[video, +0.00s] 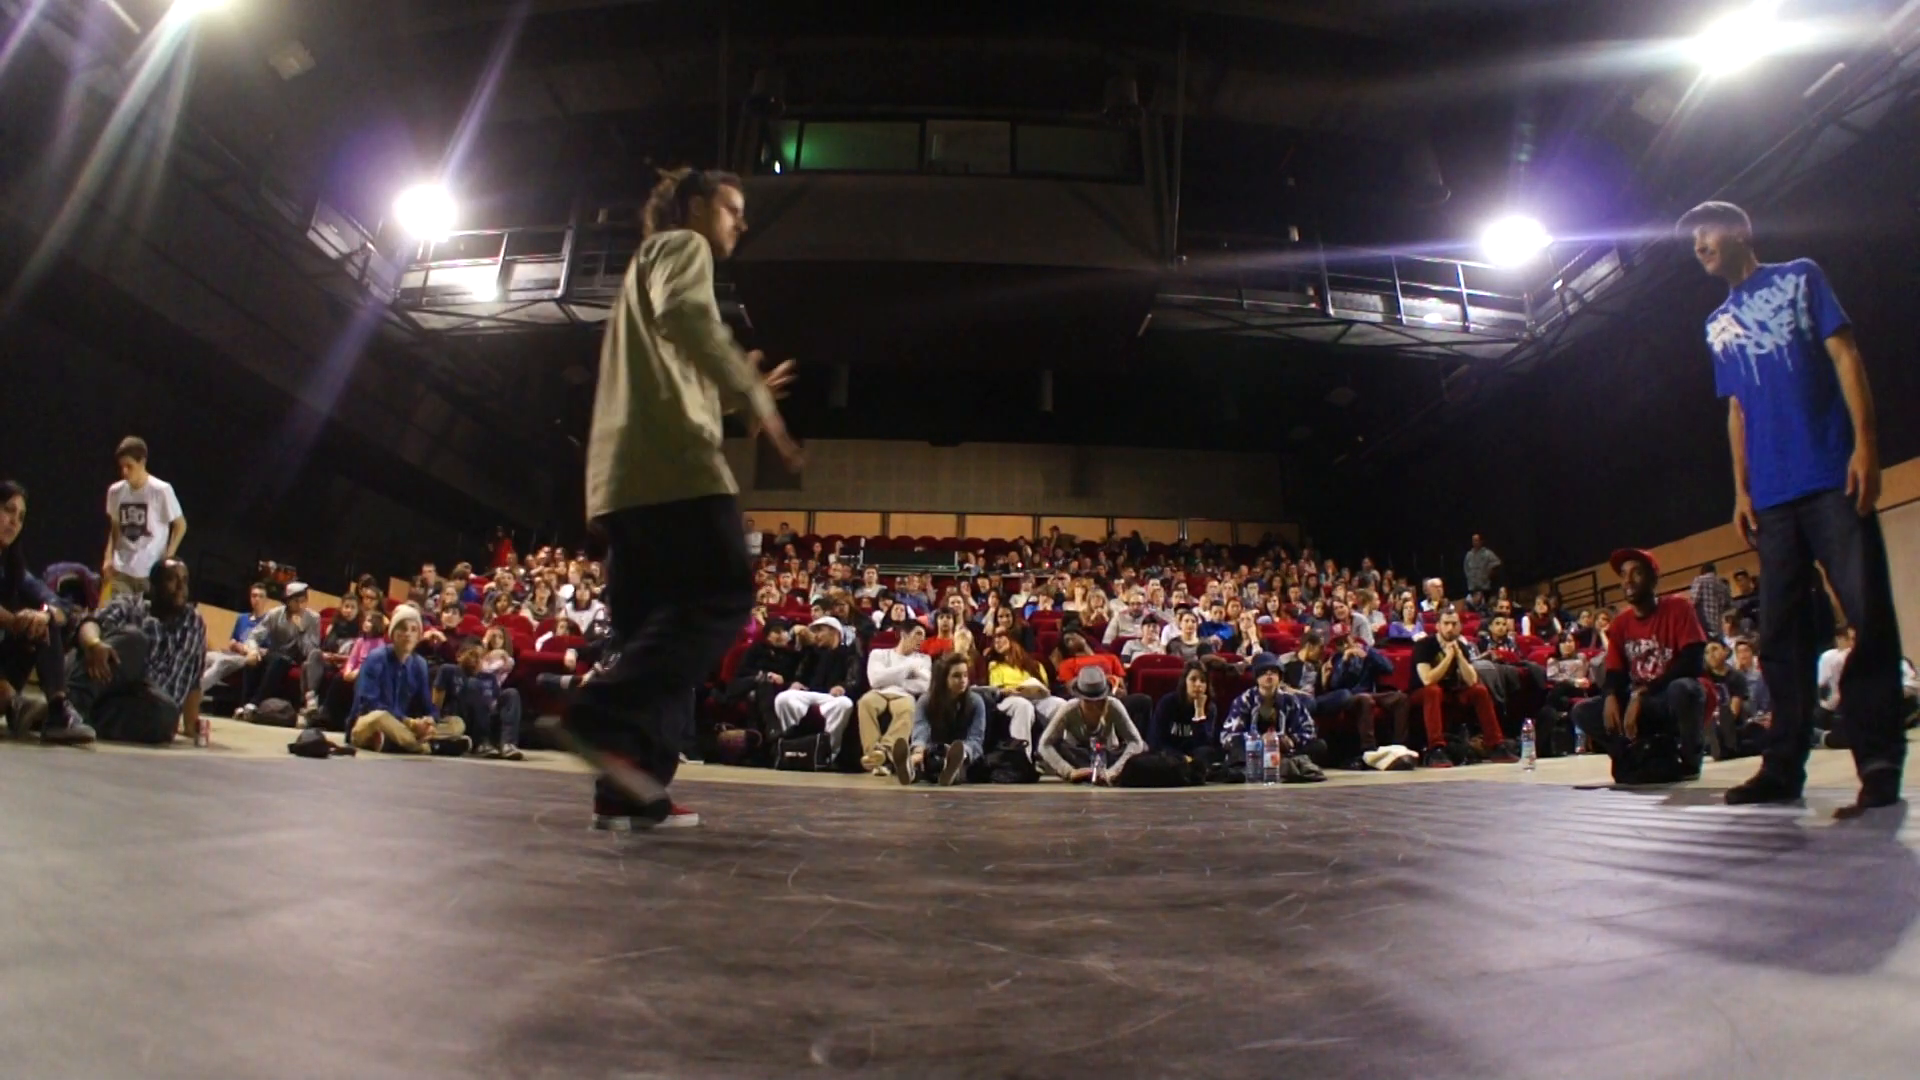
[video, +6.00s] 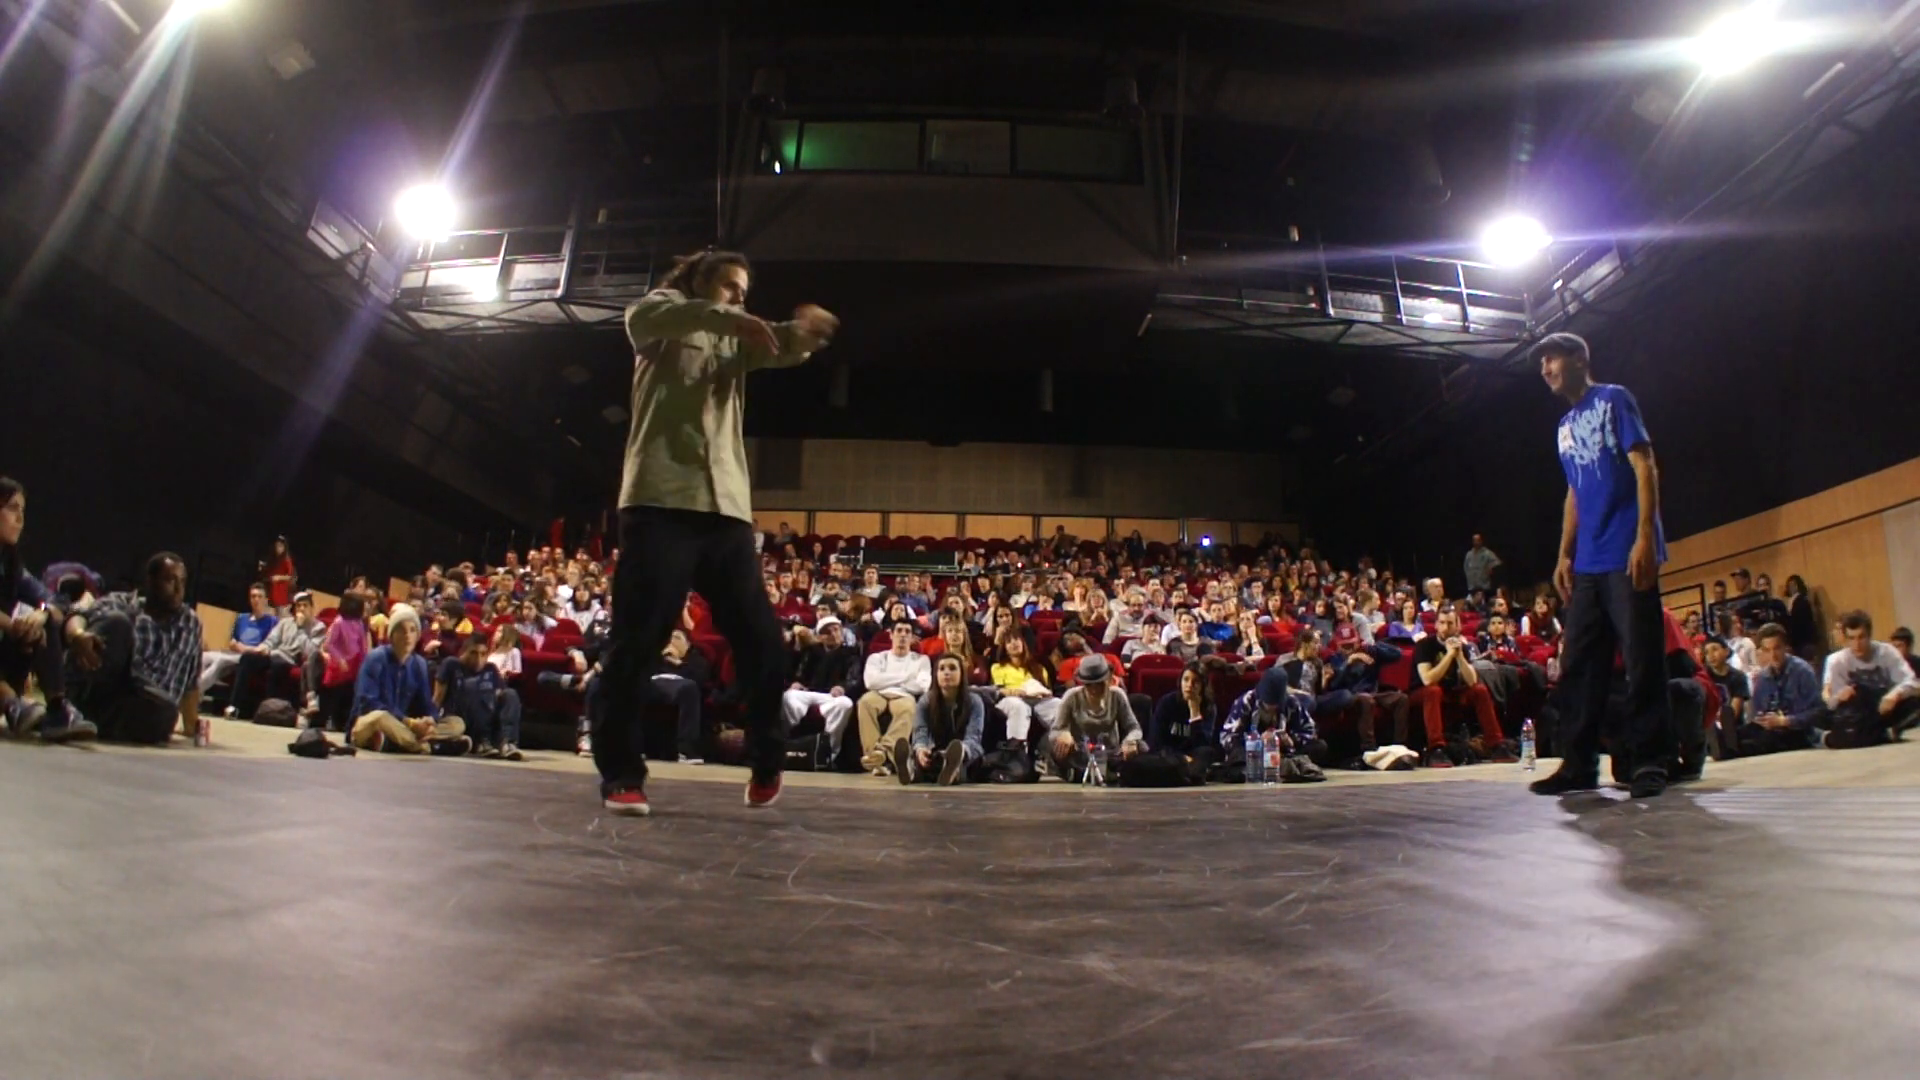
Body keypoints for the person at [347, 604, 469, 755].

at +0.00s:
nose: (408, 634)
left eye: (414, 630)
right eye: (402, 629)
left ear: (419, 635)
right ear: (392, 633)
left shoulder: (420, 664)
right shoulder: (376, 659)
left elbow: (427, 707)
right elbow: (368, 703)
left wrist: (429, 721)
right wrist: (407, 722)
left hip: (411, 725)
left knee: (457, 724)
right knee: (380, 717)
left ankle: (394, 743)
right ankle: (425, 748)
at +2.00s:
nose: (408, 636)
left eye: (412, 630)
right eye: (401, 630)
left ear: (418, 635)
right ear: (391, 635)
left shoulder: (419, 664)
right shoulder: (375, 659)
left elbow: (427, 704)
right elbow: (367, 702)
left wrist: (431, 721)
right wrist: (407, 722)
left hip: (411, 725)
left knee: (457, 724)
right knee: (380, 717)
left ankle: (392, 744)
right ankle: (425, 748)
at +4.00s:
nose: (407, 636)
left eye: (412, 630)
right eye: (401, 631)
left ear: (418, 634)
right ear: (391, 635)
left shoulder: (420, 664)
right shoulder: (375, 659)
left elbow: (426, 703)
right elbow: (367, 703)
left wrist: (430, 720)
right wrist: (406, 722)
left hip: (412, 724)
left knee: (457, 723)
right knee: (380, 717)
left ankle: (395, 744)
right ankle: (426, 748)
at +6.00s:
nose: (408, 636)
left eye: (412, 630)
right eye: (401, 631)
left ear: (418, 635)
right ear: (391, 635)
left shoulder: (419, 664)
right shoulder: (376, 658)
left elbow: (425, 704)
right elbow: (367, 703)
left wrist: (430, 720)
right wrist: (407, 722)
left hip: (412, 725)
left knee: (457, 723)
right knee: (381, 717)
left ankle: (395, 744)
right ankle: (426, 748)